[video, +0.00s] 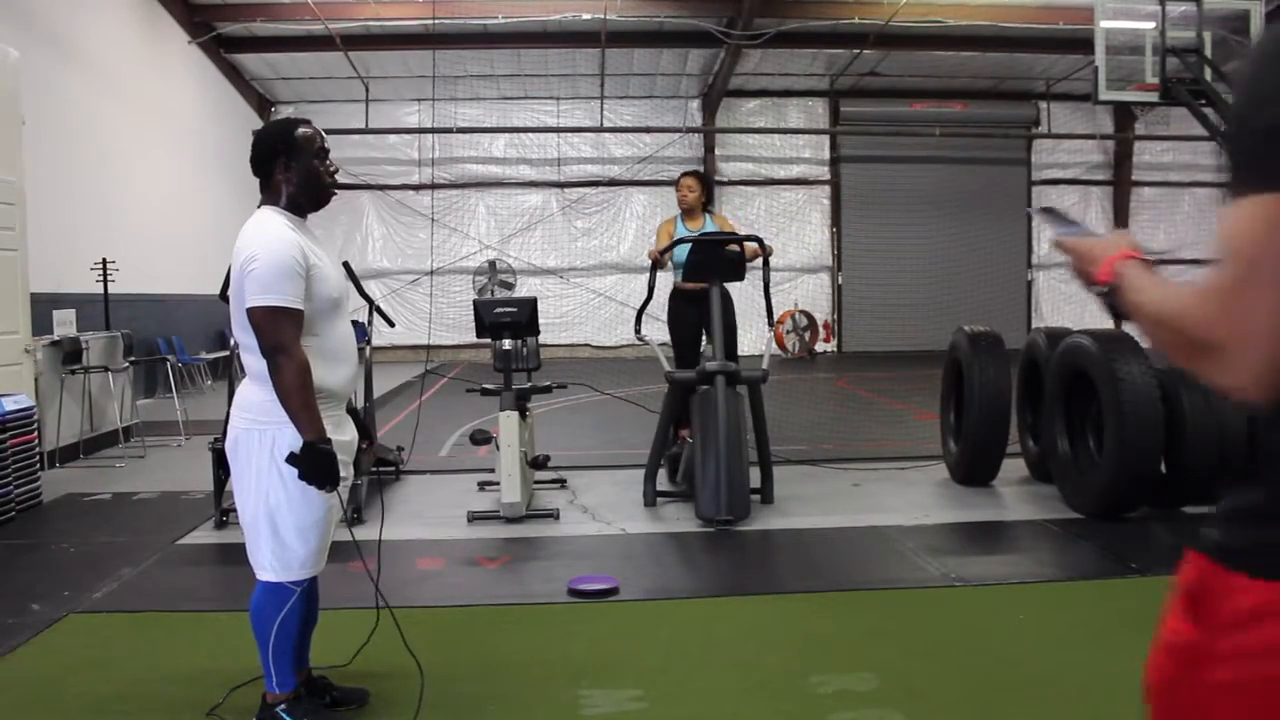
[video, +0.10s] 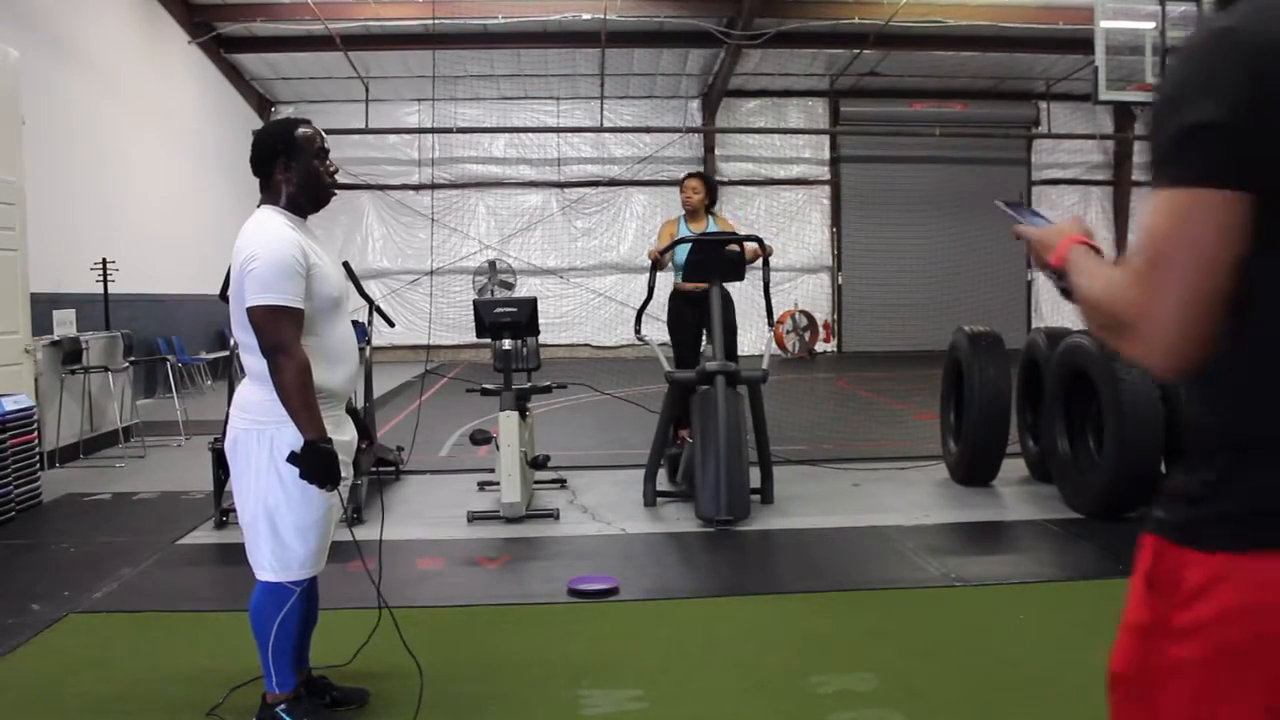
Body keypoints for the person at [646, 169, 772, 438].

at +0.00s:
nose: (683, 195)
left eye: (690, 190)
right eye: (679, 190)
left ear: (703, 195)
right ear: (675, 193)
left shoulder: (719, 222)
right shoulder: (669, 226)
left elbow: (739, 252)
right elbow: (663, 262)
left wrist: (757, 251)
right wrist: (656, 258)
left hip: (716, 298)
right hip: (683, 300)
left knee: (728, 360)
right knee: (686, 366)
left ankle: (728, 423)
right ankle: (684, 428)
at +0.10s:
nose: (687, 196)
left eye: (695, 191)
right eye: (684, 191)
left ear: (708, 196)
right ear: (679, 195)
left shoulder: (723, 225)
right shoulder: (672, 227)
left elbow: (739, 256)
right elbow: (662, 264)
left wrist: (757, 252)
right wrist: (656, 258)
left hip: (717, 300)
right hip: (683, 301)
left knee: (727, 361)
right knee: (685, 367)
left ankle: (728, 422)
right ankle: (683, 428)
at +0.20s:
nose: (696, 190)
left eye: (703, 186)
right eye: (694, 185)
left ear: (716, 192)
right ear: (688, 189)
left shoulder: (728, 221)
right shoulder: (677, 221)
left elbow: (741, 256)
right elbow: (666, 256)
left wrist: (757, 252)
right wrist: (657, 256)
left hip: (719, 296)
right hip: (685, 297)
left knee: (728, 357)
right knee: (686, 362)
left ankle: (729, 418)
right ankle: (683, 422)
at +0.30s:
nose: (705, 187)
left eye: (713, 183)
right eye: (702, 182)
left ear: (724, 190)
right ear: (697, 185)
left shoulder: (733, 220)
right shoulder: (684, 215)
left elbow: (744, 255)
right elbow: (669, 247)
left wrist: (759, 252)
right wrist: (659, 253)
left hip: (721, 292)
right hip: (688, 292)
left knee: (725, 356)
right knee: (687, 359)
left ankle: (725, 416)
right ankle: (683, 419)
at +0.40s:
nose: (711, 189)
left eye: (718, 185)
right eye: (708, 183)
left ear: (729, 192)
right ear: (702, 187)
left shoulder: (736, 222)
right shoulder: (688, 216)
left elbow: (746, 256)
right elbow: (671, 246)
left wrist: (759, 253)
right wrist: (660, 253)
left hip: (723, 292)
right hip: (690, 293)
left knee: (723, 356)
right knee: (689, 357)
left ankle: (720, 413)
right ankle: (683, 415)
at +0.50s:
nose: (712, 193)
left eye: (719, 189)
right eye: (708, 188)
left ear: (730, 197)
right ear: (703, 192)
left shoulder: (737, 225)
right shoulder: (690, 221)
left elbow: (748, 259)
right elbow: (670, 256)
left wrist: (760, 254)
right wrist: (659, 254)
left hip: (723, 297)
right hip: (691, 297)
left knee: (723, 356)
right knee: (690, 354)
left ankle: (720, 409)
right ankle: (683, 408)